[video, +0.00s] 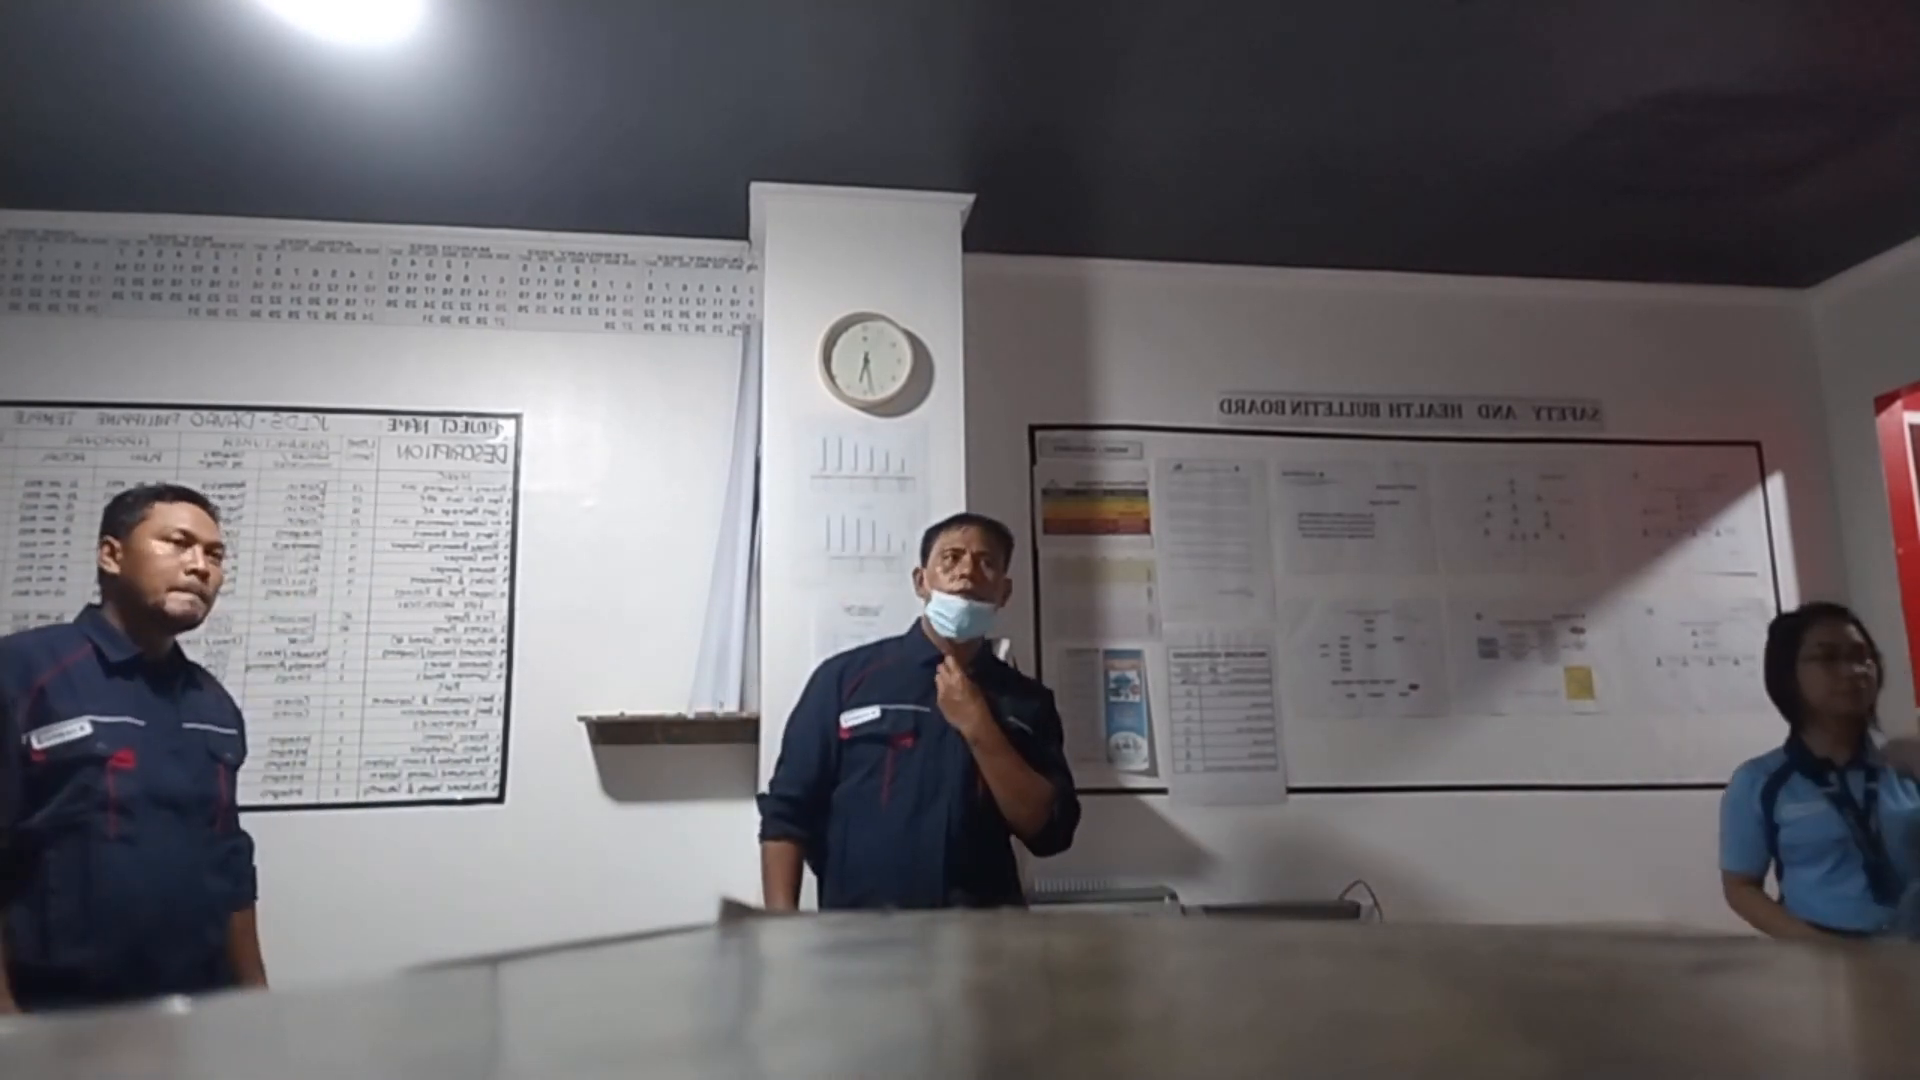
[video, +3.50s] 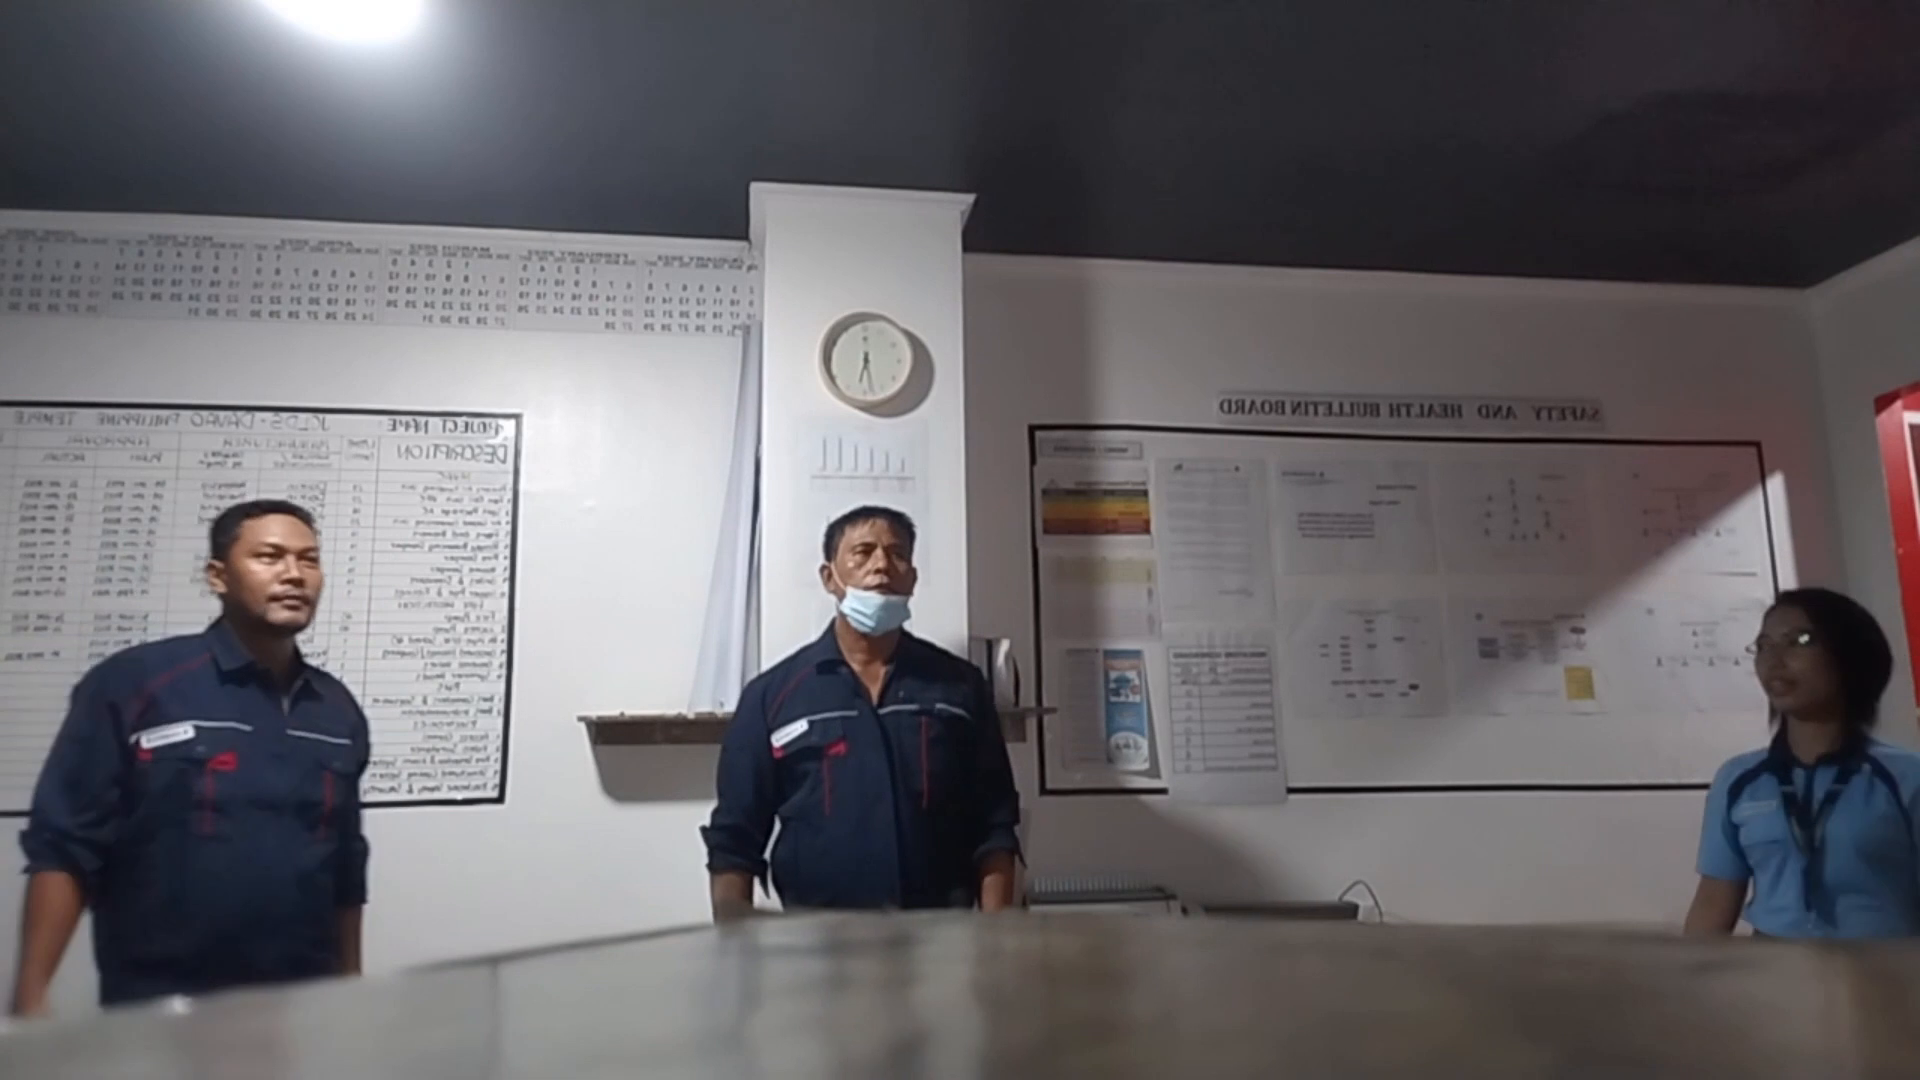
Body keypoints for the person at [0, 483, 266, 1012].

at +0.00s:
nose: (200, 565)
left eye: (214, 553)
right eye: (177, 542)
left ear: (222, 577)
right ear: (112, 555)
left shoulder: (218, 708)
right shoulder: (21, 669)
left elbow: (228, 866)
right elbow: (9, 849)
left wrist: (256, 1004)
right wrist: (8, 1013)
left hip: (193, 1019)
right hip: (55, 1019)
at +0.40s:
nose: (240, 567)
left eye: (254, 554)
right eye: (215, 547)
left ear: (265, 573)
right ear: (157, 566)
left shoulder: (286, 699)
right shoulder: (58, 693)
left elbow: (309, 857)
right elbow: (10, 866)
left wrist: (330, 989)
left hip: (255, 1009)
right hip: (110, 1014)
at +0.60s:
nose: (271, 576)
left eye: (286, 562)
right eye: (248, 557)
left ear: (298, 580)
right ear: (196, 575)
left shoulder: (321, 705)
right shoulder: (103, 695)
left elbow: (354, 857)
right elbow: (36, 861)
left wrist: (398, 980)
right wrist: (6, 1000)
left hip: (295, 1009)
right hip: (152, 1016)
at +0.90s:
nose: (322, 583)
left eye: (340, 570)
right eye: (302, 564)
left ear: (353, 589)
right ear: (255, 579)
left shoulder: (377, 707)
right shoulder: (165, 695)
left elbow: (404, 862)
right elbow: (114, 862)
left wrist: (429, 985)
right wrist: (88, 1000)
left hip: (328, 1003)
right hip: (192, 1005)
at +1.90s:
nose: (296, 576)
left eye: (310, 564)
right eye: (274, 556)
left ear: (321, 587)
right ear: (220, 572)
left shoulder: (330, 709)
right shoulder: (120, 687)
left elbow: (351, 873)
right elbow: (68, 863)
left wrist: (373, 997)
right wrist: (57, 1022)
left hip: (285, 1011)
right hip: (147, 1013)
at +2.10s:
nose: (245, 564)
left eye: (259, 551)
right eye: (220, 545)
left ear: (270, 571)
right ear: (163, 563)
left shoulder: (283, 702)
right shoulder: (64, 686)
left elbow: (294, 862)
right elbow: (19, 868)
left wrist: (314, 1000)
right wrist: (9, 1019)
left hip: (240, 1013)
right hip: (97, 1016)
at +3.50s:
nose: (294, 575)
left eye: (308, 560)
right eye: (269, 557)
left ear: (322, 578)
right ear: (219, 576)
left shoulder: (340, 714)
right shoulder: (127, 689)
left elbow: (344, 880)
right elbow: (65, 852)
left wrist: (348, 1002)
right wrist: (30, 1002)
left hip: (301, 1018)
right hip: (161, 1018)